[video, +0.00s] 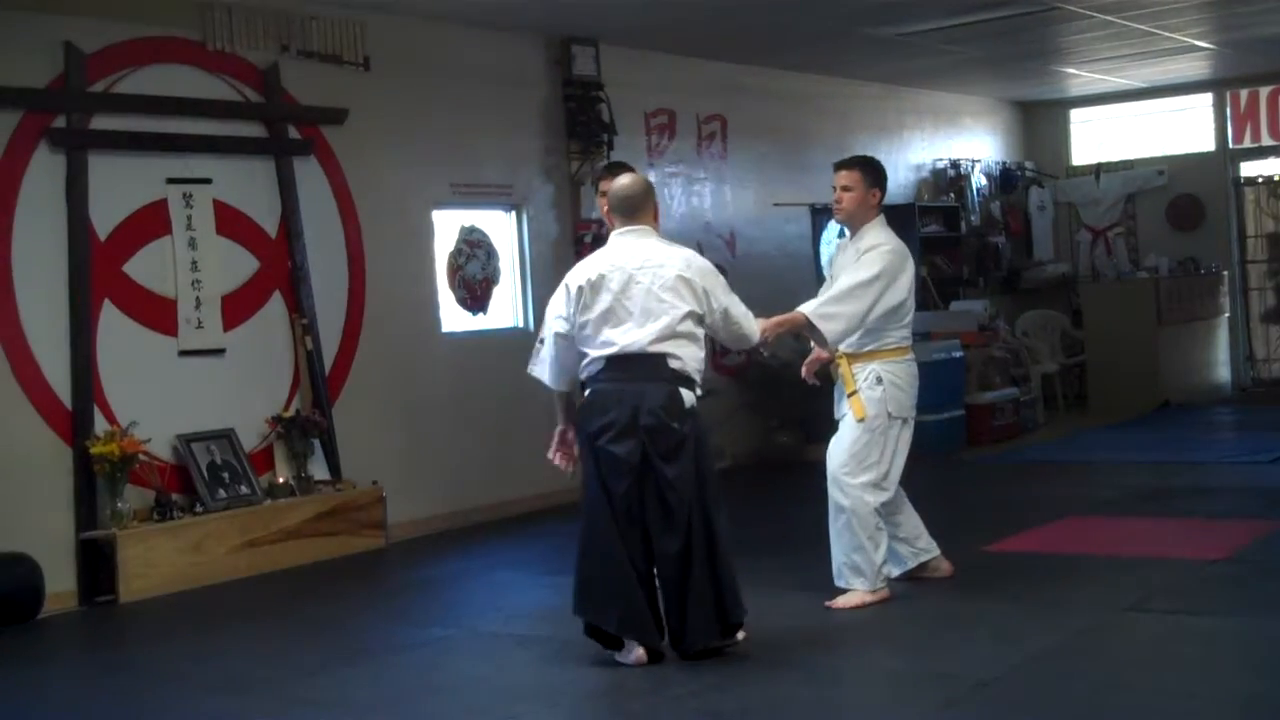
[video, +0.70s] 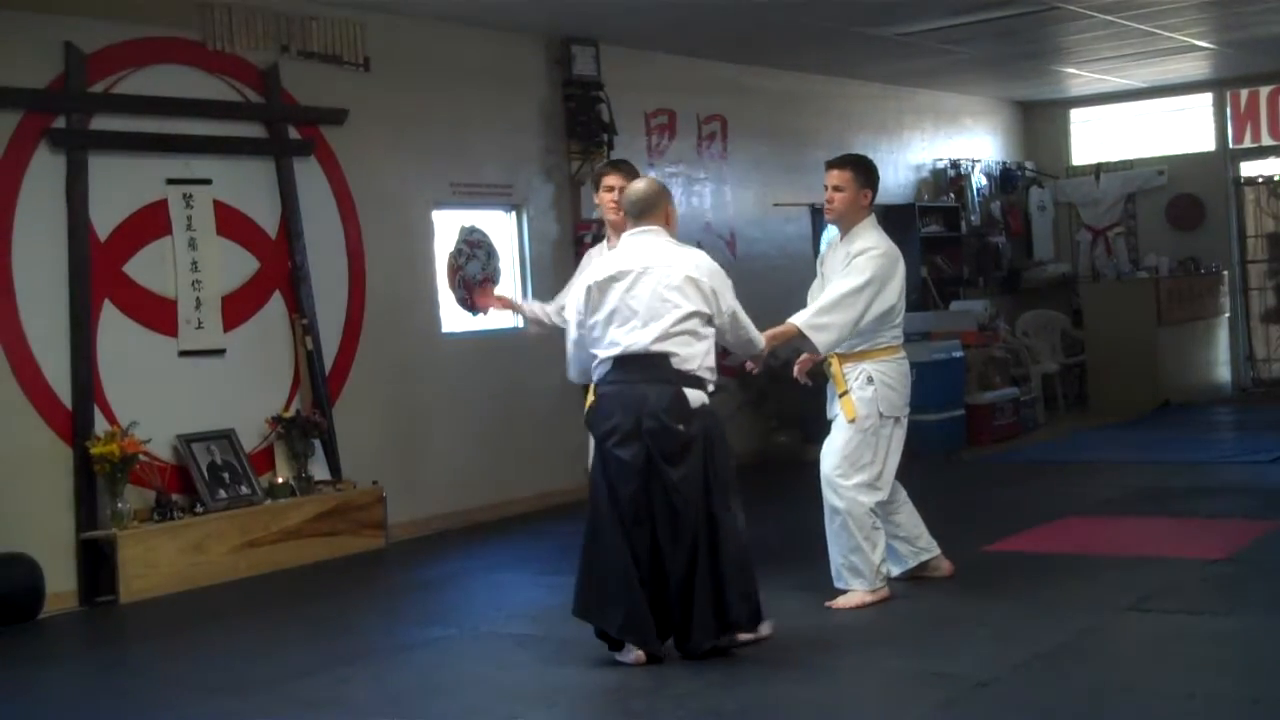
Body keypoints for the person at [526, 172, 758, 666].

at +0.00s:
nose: (601, 214)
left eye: (601, 208)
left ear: (608, 215)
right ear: (656, 212)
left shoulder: (583, 273)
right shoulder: (688, 264)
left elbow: (558, 357)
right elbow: (742, 332)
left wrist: (564, 421)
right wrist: (777, 324)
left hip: (604, 400)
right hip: (668, 396)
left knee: (615, 518)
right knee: (686, 513)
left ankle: (635, 639)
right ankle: (706, 629)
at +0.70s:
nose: (679, 217)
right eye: (676, 210)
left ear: (625, 218)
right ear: (669, 214)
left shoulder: (594, 269)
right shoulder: (696, 263)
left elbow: (578, 360)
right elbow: (738, 332)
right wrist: (758, 352)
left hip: (614, 400)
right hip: (681, 396)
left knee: (621, 519)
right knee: (704, 511)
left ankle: (634, 638)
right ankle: (721, 623)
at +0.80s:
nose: (695, 220)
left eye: (692, 213)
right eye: (693, 213)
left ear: (640, 217)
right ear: (685, 216)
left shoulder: (604, 269)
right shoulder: (710, 266)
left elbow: (600, 341)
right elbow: (758, 343)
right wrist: (768, 360)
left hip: (624, 399)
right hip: (689, 398)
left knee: (628, 518)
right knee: (727, 507)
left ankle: (635, 639)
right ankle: (770, 616)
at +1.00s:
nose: (747, 221)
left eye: (743, 213)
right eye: (745, 214)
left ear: (695, 220)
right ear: (738, 218)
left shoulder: (663, 266)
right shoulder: (759, 274)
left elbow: (634, 321)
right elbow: (810, 351)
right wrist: (812, 375)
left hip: (665, 400)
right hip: (730, 403)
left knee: (661, 519)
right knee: (760, 516)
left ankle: (643, 637)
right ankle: (808, 623)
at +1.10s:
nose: (780, 222)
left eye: (777, 215)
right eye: (778, 215)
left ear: (728, 219)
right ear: (769, 219)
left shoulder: (694, 265)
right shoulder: (789, 275)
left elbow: (688, 324)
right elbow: (837, 346)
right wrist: (853, 379)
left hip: (682, 393)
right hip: (747, 398)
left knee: (675, 515)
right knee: (774, 514)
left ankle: (649, 629)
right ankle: (799, 623)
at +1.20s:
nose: (811, 222)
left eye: (809, 214)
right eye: (809, 214)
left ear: (757, 218)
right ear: (798, 218)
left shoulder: (724, 261)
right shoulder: (809, 273)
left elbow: (723, 322)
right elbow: (860, 343)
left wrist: (799, 347)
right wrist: (892, 369)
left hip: (696, 383)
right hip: (758, 393)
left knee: (681, 507)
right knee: (786, 510)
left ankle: (650, 619)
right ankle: (809, 624)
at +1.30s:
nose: (831, 227)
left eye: (830, 218)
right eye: (829, 219)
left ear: (782, 221)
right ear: (818, 223)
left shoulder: (746, 260)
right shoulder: (825, 274)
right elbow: (870, 325)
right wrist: (911, 350)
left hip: (704, 378)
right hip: (765, 390)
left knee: (684, 503)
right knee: (790, 510)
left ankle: (648, 617)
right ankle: (812, 623)